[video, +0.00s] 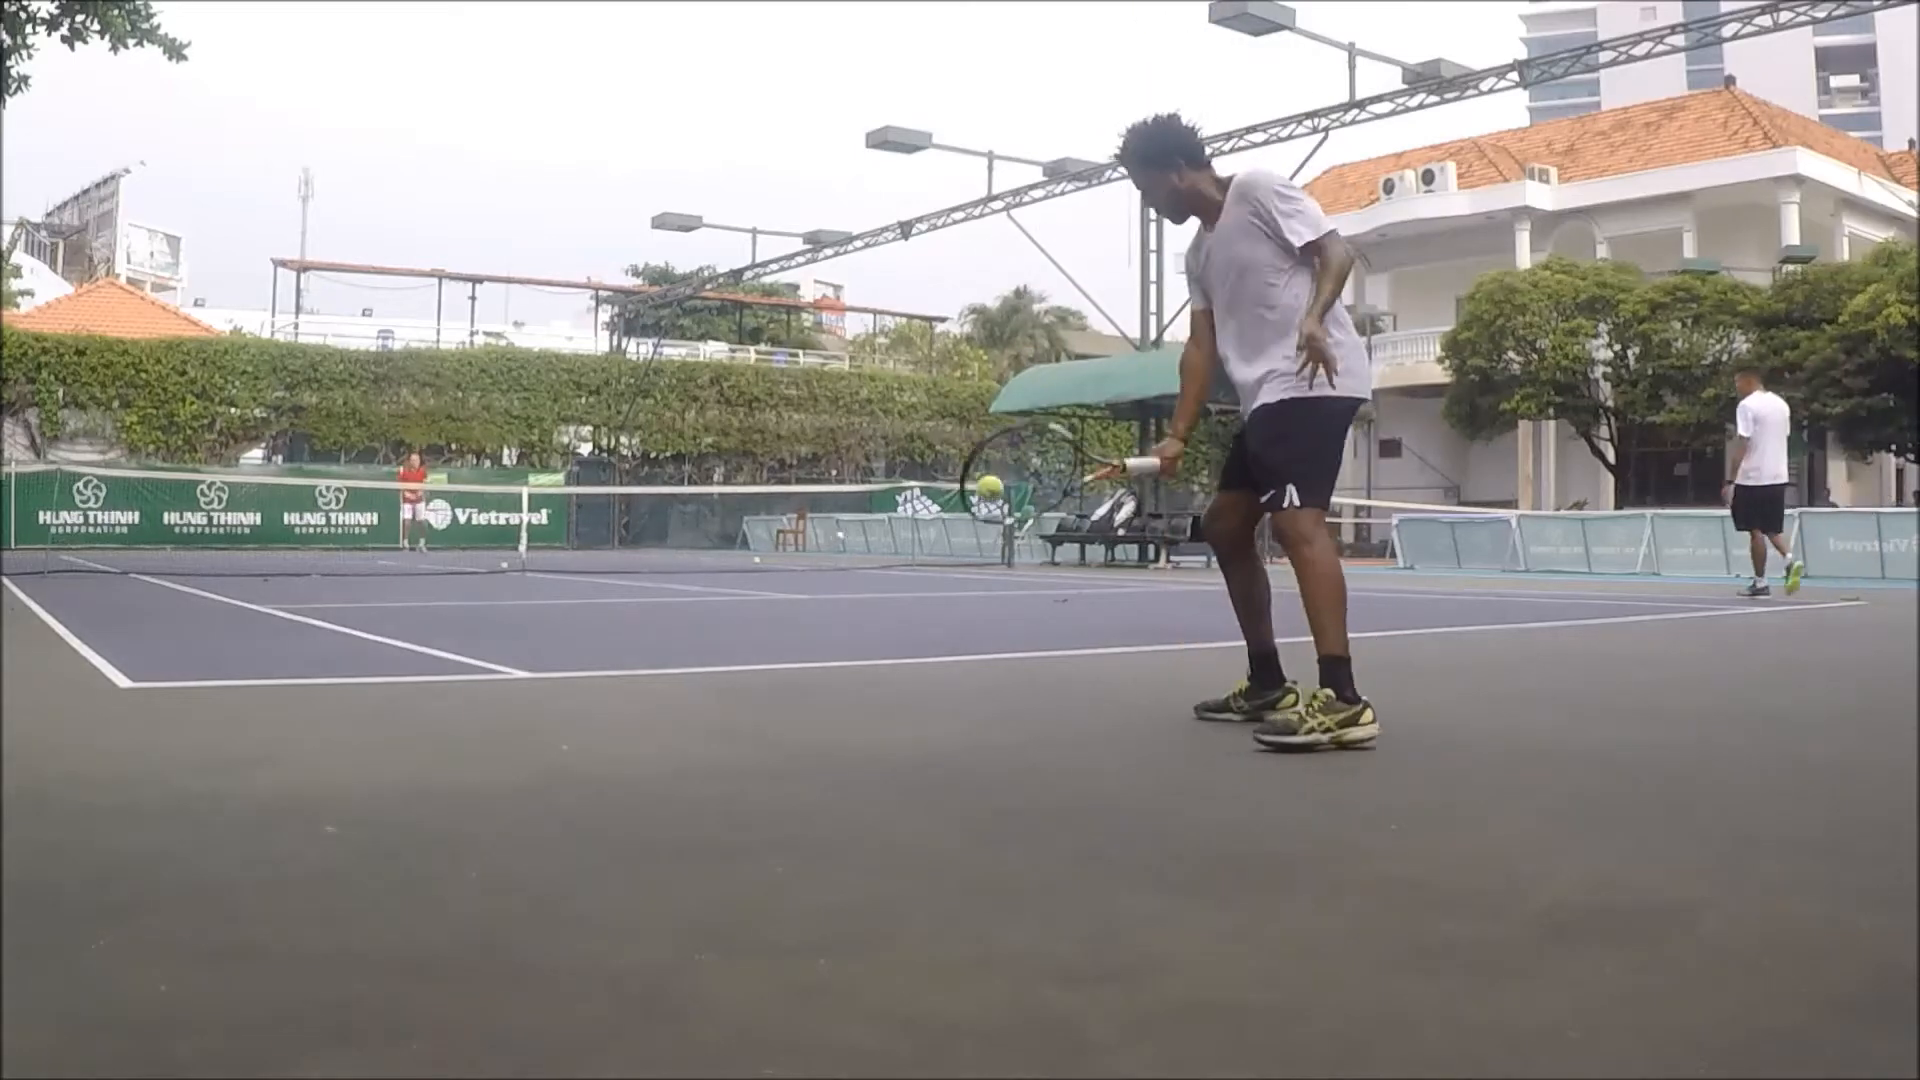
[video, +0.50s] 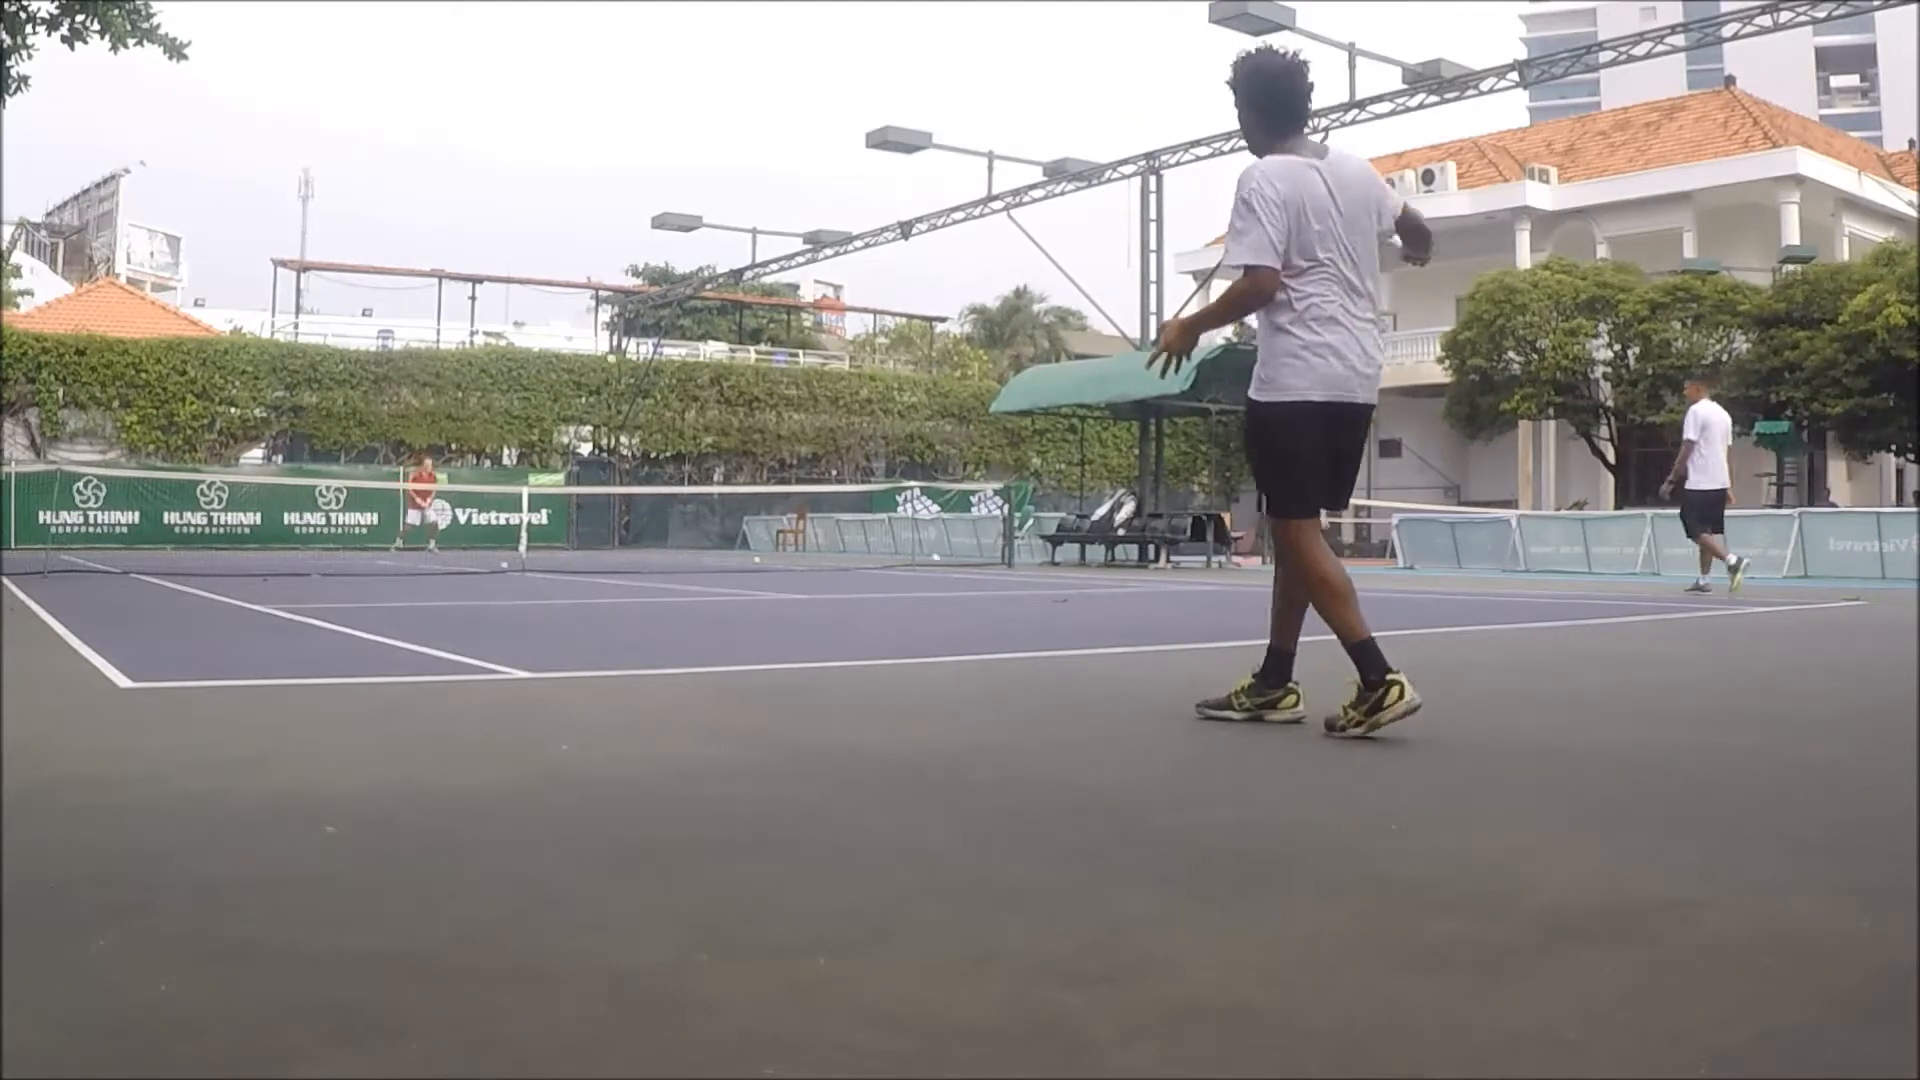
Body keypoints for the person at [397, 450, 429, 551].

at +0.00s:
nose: (415, 462)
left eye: (417, 460)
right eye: (413, 460)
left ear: (420, 461)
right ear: (409, 461)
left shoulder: (422, 471)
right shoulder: (403, 470)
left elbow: (424, 483)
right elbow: (400, 484)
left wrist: (420, 492)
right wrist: (406, 493)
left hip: (419, 498)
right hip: (407, 499)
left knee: (421, 520)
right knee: (407, 520)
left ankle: (422, 541)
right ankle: (405, 541)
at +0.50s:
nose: (428, 466)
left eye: (430, 464)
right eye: (426, 464)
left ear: (432, 465)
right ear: (422, 465)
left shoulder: (433, 476)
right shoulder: (414, 474)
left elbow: (434, 489)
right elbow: (409, 488)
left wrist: (429, 499)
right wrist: (417, 499)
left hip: (426, 504)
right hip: (414, 504)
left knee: (433, 522)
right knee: (410, 524)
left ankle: (432, 544)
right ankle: (398, 542)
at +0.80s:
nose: (438, 465)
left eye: (440, 463)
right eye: (436, 462)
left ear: (441, 464)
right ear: (431, 463)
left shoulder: (441, 476)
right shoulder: (424, 473)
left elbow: (440, 488)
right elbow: (418, 487)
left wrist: (436, 498)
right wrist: (426, 500)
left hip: (434, 500)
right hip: (423, 500)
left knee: (438, 523)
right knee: (424, 520)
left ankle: (431, 545)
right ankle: (411, 542)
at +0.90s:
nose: (440, 465)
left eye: (441, 463)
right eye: (438, 463)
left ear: (442, 465)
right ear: (432, 464)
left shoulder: (442, 477)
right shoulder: (425, 474)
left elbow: (441, 491)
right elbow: (421, 488)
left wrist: (437, 503)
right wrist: (428, 501)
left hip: (435, 502)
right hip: (425, 501)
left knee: (439, 523)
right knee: (429, 519)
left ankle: (431, 545)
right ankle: (416, 540)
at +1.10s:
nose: (441, 465)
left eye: (442, 462)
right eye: (438, 462)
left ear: (442, 463)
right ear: (432, 462)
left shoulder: (437, 474)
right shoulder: (430, 474)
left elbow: (437, 489)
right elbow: (434, 489)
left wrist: (441, 500)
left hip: (433, 500)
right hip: (426, 500)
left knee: (436, 521)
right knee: (431, 521)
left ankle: (431, 544)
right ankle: (420, 545)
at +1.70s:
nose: (439, 463)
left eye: (440, 460)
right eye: (437, 461)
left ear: (441, 461)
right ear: (431, 461)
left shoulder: (442, 472)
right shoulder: (422, 473)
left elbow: (444, 486)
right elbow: (420, 487)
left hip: (439, 499)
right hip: (427, 499)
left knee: (436, 522)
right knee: (430, 519)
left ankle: (424, 541)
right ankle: (426, 544)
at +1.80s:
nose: (438, 466)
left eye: (440, 464)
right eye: (435, 464)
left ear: (442, 463)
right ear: (431, 461)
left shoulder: (441, 472)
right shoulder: (426, 471)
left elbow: (442, 485)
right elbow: (425, 484)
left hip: (436, 498)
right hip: (427, 497)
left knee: (435, 521)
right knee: (430, 519)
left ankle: (420, 540)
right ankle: (425, 545)